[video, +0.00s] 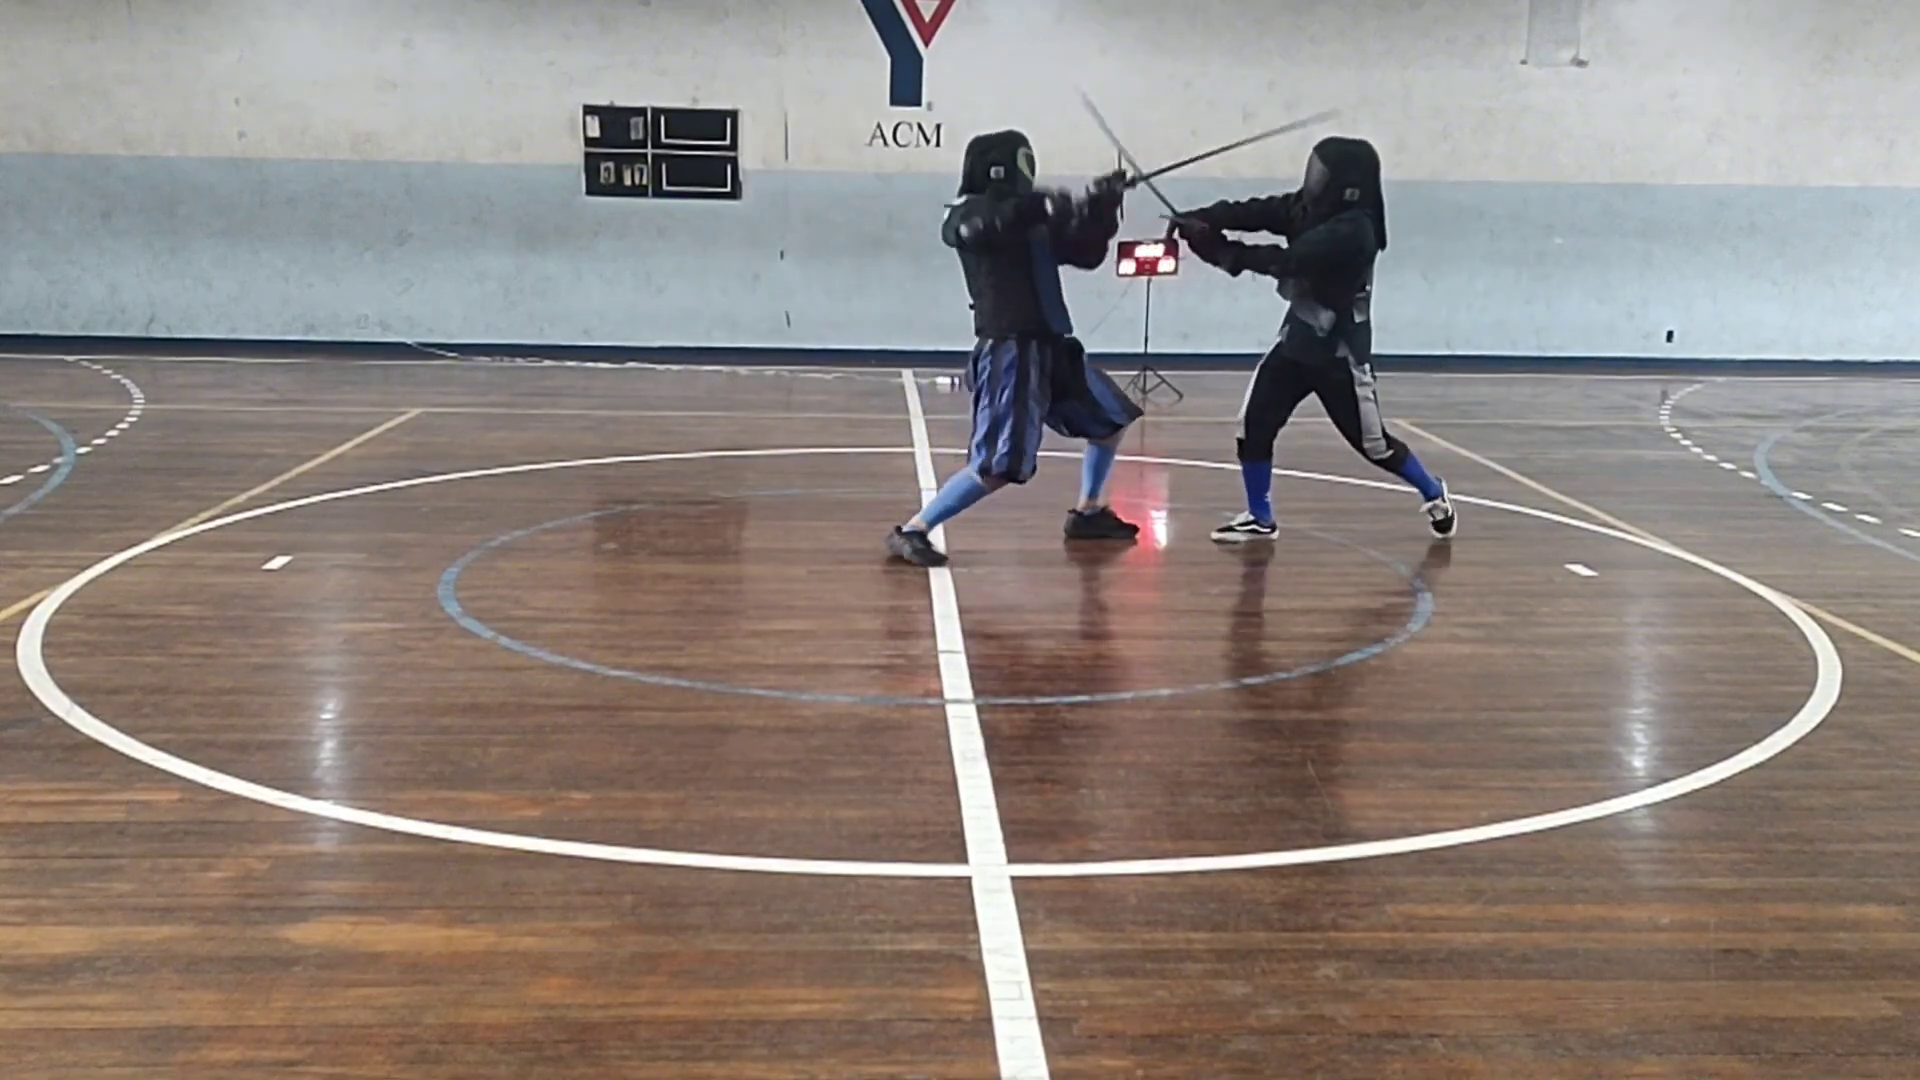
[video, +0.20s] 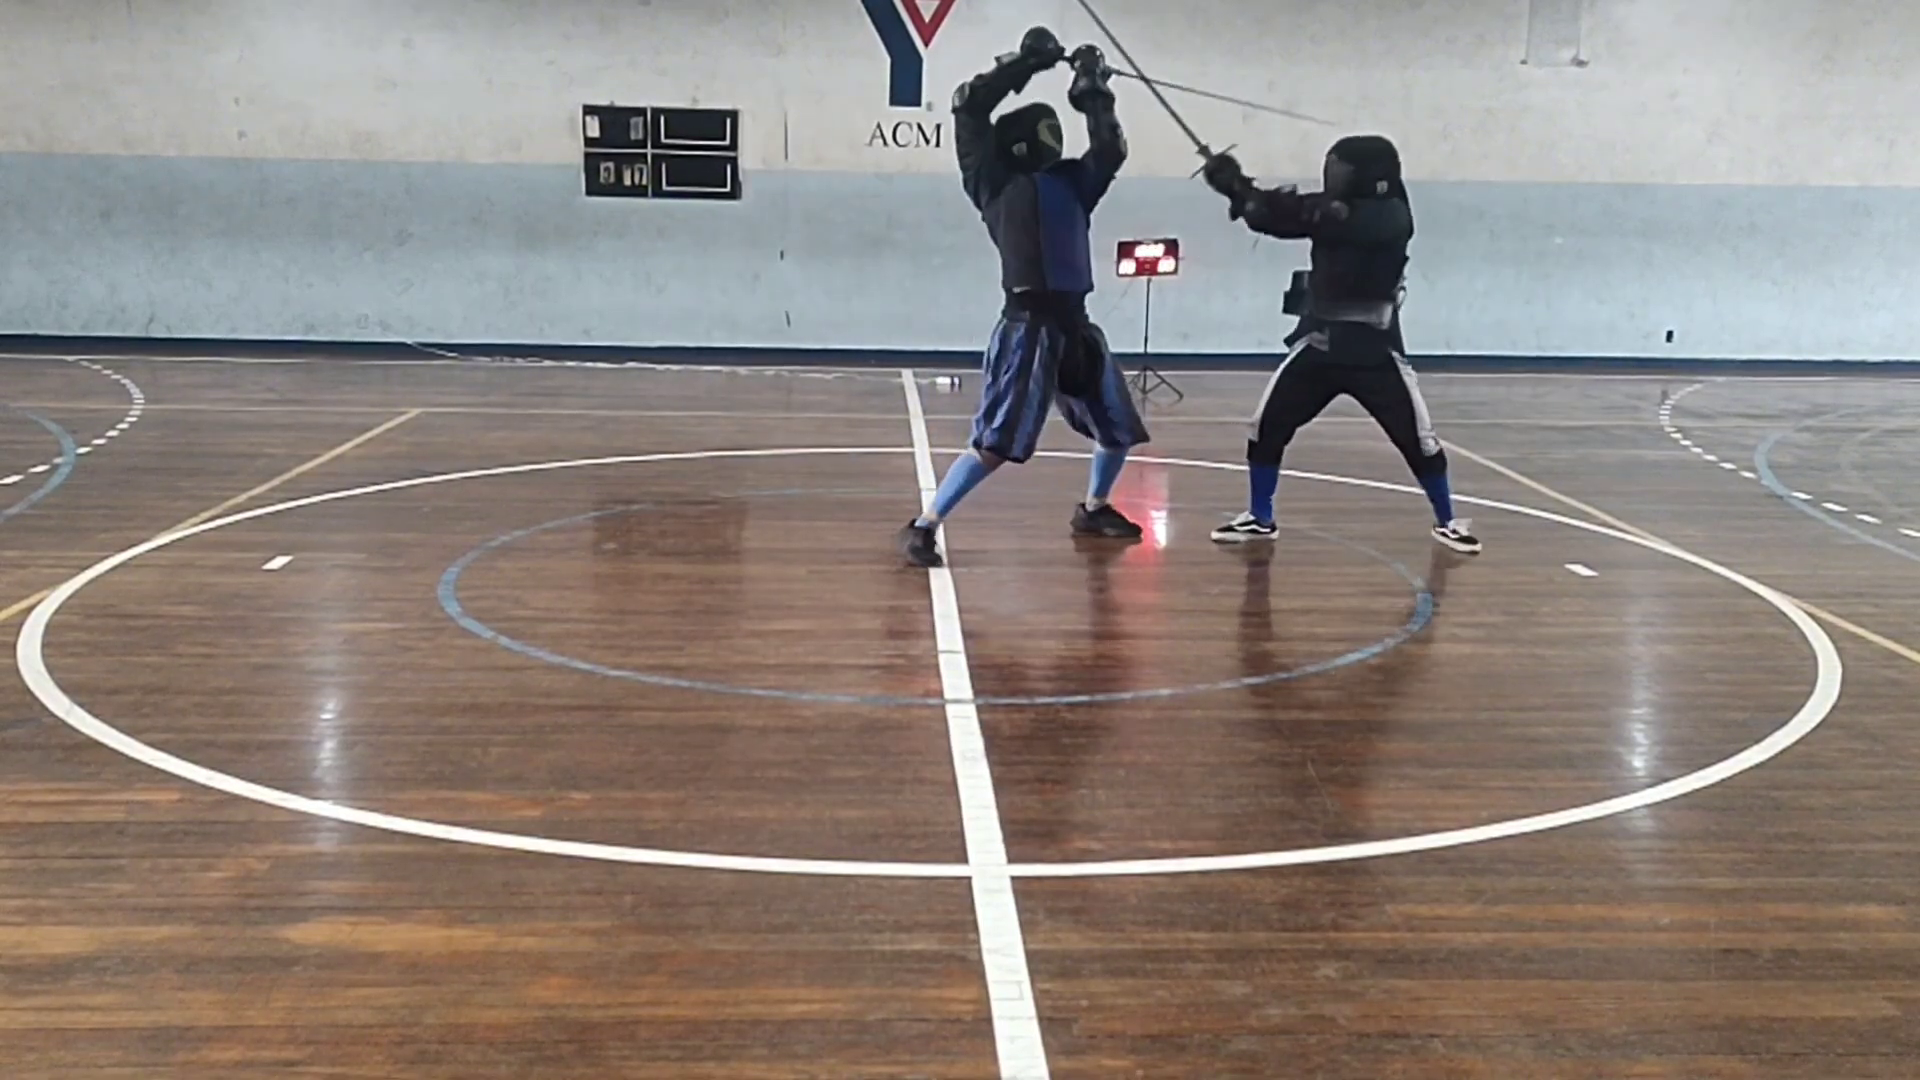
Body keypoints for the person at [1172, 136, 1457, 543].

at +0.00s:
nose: (1308, 179)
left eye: (1318, 173)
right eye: (1310, 170)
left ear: (1344, 183)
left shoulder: (1353, 230)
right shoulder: (1305, 208)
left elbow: (1287, 261)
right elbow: (1255, 213)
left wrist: (1216, 247)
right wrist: (1201, 219)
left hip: (1341, 353)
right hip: (1297, 342)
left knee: (1373, 445)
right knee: (1254, 430)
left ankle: (1434, 492)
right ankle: (1260, 518)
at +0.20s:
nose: (1327, 178)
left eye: (1335, 171)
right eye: (1328, 170)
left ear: (1363, 175)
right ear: (1340, 175)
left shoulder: (1391, 216)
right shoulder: (1329, 208)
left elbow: (1335, 219)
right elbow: (1275, 214)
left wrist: (1252, 197)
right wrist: (1236, 185)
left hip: (1375, 348)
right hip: (1318, 343)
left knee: (1418, 439)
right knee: (1269, 427)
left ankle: (1447, 522)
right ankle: (1260, 518)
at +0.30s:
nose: (1344, 176)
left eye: (1352, 168)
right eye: (1340, 168)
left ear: (1377, 168)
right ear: (1337, 173)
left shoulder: (1402, 203)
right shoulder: (1332, 211)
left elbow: (1359, 175)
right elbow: (1285, 228)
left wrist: (1299, 151)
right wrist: (1280, 173)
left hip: (1396, 351)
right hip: (1336, 352)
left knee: (1436, 440)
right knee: (1285, 436)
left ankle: (1447, 523)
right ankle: (1263, 519)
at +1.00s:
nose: (1307, 157)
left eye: (1314, 150)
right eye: (1306, 151)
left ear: (1343, 153)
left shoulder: (1368, 190)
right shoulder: (1304, 207)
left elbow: (1317, 159)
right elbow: (1245, 198)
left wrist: (1258, 125)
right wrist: (1212, 142)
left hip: (1351, 337)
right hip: (1297, 339)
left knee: (1389, 435)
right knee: (1280, 440)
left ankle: (1406, 523)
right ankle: (1282, 527)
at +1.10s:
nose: (1311, 154)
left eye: (1319, 147)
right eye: (1314, 147)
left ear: (1345, 153)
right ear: (1343, 153)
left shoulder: (1363, 191)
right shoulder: (1322, 193)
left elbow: (1296, 206)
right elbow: (1260, 204)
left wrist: (1221, 169)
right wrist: (1207, 168)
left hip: (1346, 330)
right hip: (1299, 327)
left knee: (1365, 435)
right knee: (1274, 433)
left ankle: (1397, 521)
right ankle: (1281, 526)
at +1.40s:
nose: (1313, 173)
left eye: (1322, 166)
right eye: (1316, 165)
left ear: (1349, 173)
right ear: (1347, 172)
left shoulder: (1363, 216)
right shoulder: (1331, 206)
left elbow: (1297, 249)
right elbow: (1276, 215)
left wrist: (1240, 243)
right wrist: (1208, 209)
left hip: (1360, 348)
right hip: (1327, 342)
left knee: (1361, 450)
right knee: (1275, 426)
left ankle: (1412, 526)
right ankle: (1273, 526)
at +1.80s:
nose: (1322, 188)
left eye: (1331, 181)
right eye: (1319, 181)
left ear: (1359, 179)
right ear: (1317, 179)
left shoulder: (1382, 214)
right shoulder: (1306, 211)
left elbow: (1336, 212)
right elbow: (1248, 221)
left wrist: (1275, 193)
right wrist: (1246, 170)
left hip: (1364, 358)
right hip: (1306, 357)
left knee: (1397, 444)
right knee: (1254, 427)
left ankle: (1422, 526)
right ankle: (1263, 510)